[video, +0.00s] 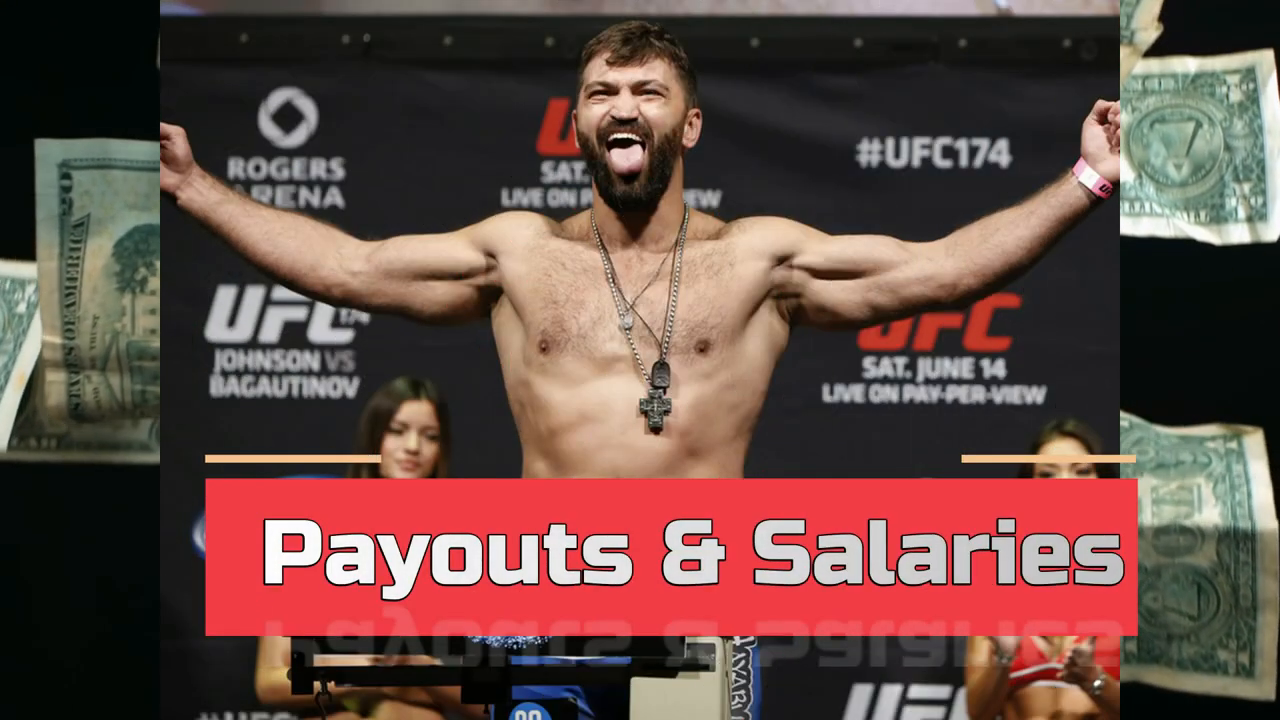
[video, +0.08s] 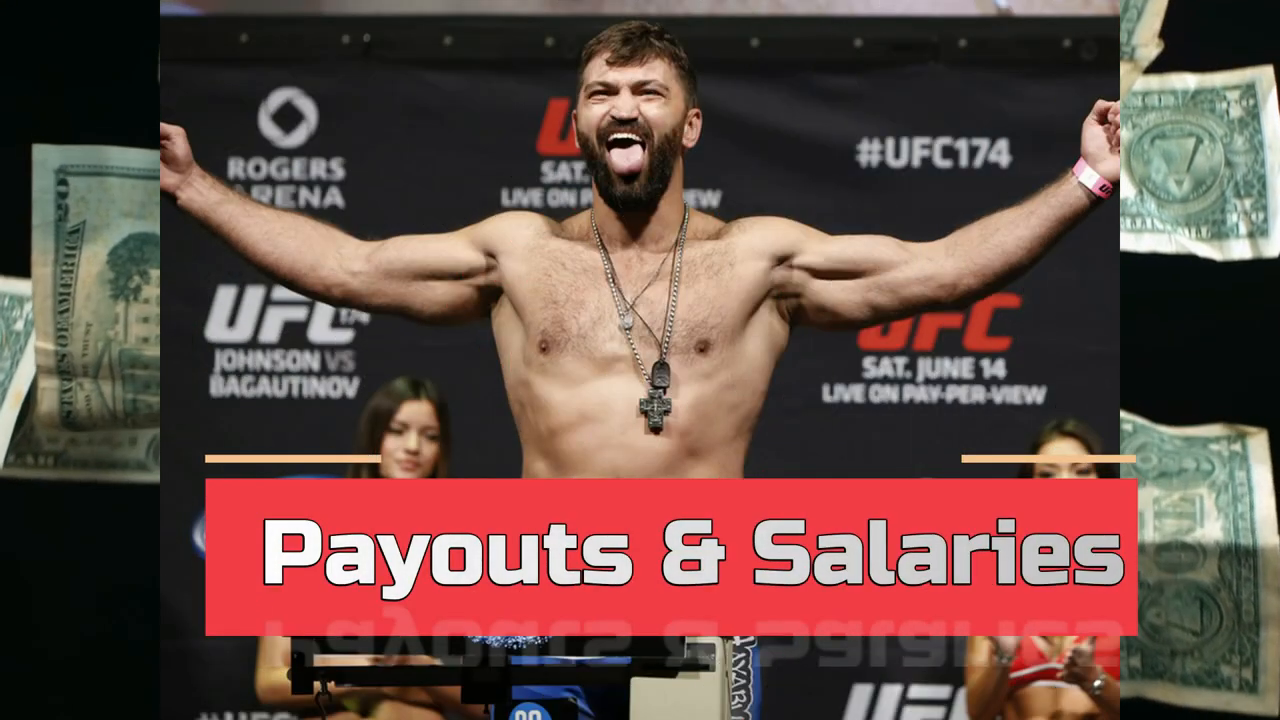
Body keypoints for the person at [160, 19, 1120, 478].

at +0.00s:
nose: (623, 107)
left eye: (647, 93)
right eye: (604, 92)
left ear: (690, 125)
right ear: (574, 124)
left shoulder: (764, 254)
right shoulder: (512, 247)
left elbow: (941, 269)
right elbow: (348, 267)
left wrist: (1083, 183)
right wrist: (197, 192)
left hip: (702, 596)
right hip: (542, 590)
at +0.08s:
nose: (623, 107)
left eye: (647, 93)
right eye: (604, 92)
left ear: (690, 125)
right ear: (574, 124)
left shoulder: (764, 254)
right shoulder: (512, 247)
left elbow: (940, 269)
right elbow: (348, 267)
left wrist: (1082, 184)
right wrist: (196, 191)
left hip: (702, 595)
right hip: (542, 590)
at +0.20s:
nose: (623, 107)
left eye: (648, 92)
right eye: (604, 91)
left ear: (690, 125)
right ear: (573, 122)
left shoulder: (764, 254)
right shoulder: (511, 248)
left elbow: (942, 269)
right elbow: (347, 267)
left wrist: (1083, 183)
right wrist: (197, 192)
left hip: (701, 597)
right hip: (541, 592)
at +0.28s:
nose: (624, 107)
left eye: (648, 92)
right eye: (605, 92)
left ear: (690, 126)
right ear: (574, 123)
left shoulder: (763, 254)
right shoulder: (511, 247)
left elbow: (941, 269)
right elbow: (346, 267)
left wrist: (1084, 183)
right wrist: (196, 190)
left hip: (699, 597)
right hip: (540, 592)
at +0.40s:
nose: (623, 107)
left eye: (647, 92)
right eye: (604, 92)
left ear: (690, 126)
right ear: (573, 124)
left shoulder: (764, 254)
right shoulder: (512, 247)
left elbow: (940, 269)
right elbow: (347, 267)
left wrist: (1082, 185)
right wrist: (196, 190)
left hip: (701, 595)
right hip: (541, 590)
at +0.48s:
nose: (624, 107)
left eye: (648, 92)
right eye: (605, 92)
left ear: (690, 126)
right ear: (574, 123)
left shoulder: (763, 254)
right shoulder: (511, 247)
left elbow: (941, 269)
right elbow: (347, 267)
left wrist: (1083, 183)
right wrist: (197, 192)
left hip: (699, 597)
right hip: (540, 592)